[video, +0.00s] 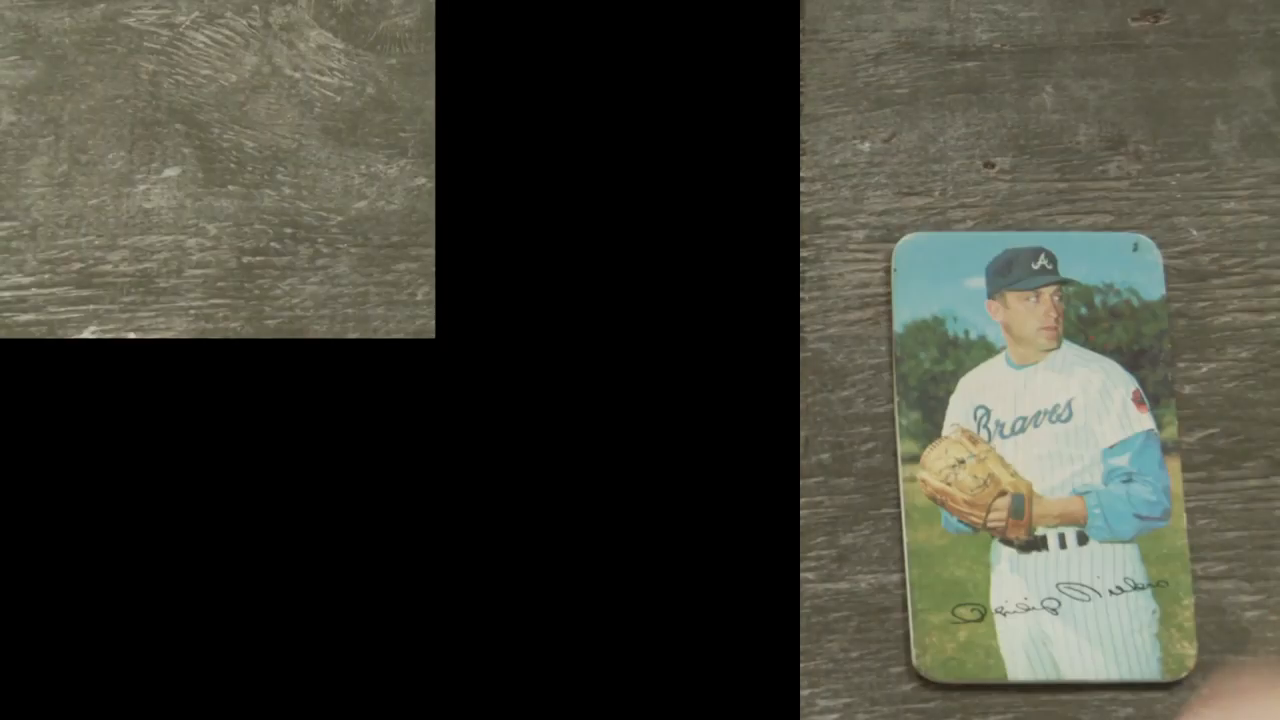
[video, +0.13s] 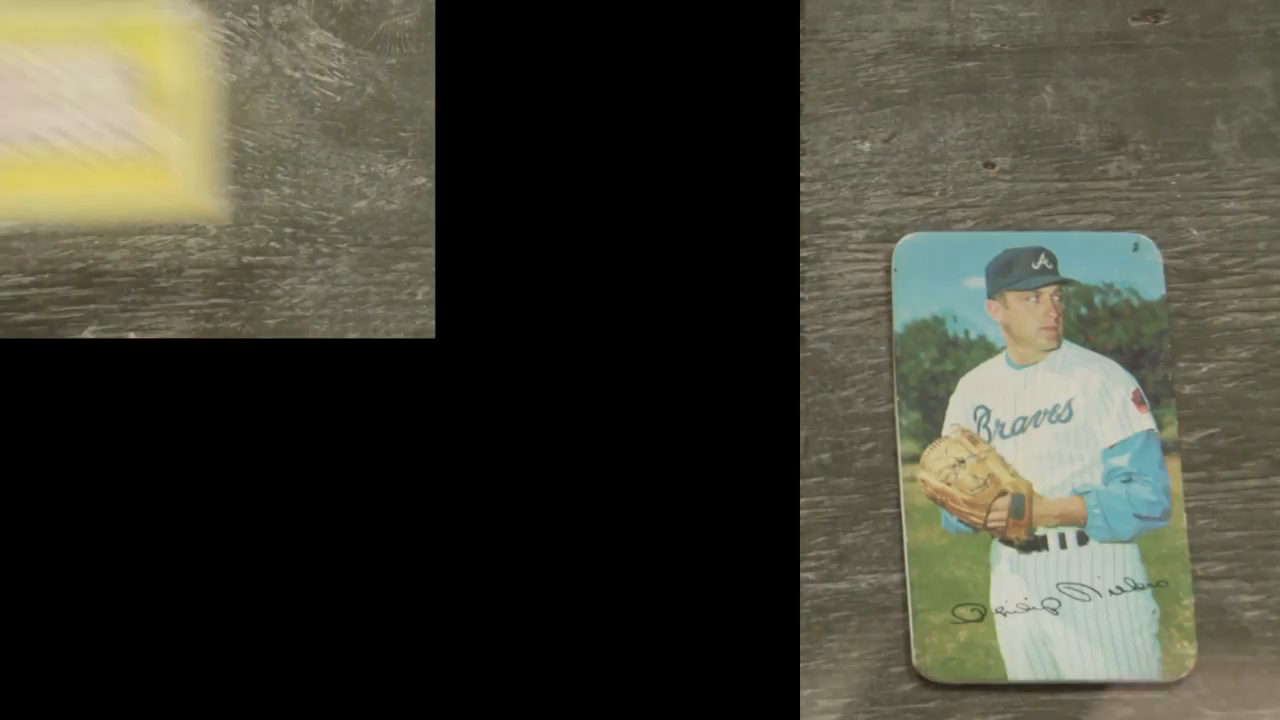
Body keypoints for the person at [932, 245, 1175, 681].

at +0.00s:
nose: (1052, 310)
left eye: (1056, 295)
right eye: (1032, 298)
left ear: (1063, 298)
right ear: (996, 310)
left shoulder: (1104, 379)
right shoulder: (971, 391)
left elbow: (1149, 499)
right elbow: (953, 513)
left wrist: (1038, 511)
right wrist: (973, 504)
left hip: (1099, 567)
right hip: (1014, 575)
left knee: (1124, 702)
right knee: (1037, 700)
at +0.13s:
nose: (1052, 310)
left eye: (1056, 295)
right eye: (1032, 298)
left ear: (1063, 298)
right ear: (996, 310)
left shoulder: (1104, 379)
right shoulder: (971, 391)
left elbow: (1149, 499)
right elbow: (954, 513)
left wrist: (1040, 512)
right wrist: (970, 502)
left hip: (1099, 567)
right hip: (1015, 575)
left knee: (1125, 705)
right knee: (1037, 702)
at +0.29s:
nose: (1046, 360)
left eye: (1060, 343)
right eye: (1026, 347)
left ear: (1082, 356)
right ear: (997, 367)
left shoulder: (1123, 459)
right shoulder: (1002, 448)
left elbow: (1096, 624)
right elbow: (996, 554)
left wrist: (960, 578)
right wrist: (955, 535)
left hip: (1105, 698)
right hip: (1028, 688)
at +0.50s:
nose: (1046, 373)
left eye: (1060, 356)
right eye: (1027, 358)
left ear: (1081, 369)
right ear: (999, 376)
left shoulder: (1121, 471)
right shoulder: (1003, 456)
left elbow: (1092, 631)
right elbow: (996, 562)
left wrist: (959, 582)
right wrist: (958, 539)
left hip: (1099, 699)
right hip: (1023, 687)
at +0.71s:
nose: (1057, 451)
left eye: (1078, 432)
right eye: (1037, 432)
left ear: (1114, 452)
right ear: (1013, 453)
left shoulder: (1161, 550)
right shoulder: (994, 579)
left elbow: (1011, 642)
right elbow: (962, 708)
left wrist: (907, 593)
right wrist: (872, 645)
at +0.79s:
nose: (1057, 451)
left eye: (1078, 432)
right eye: (1037, 432)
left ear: (1114, 452)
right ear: (1014, 453)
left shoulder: (1161, 549)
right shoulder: (996, 577)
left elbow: (1016, 644)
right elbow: (950, 706)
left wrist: (906, 592)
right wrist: (871, 643)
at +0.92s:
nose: (1159, 246)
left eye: (1165, 222)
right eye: (1135, 215)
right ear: (1066, 210)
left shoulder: (1111, 339)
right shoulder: (1006, 334)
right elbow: (976, 615)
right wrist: (1124, 529)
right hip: (995, 684)